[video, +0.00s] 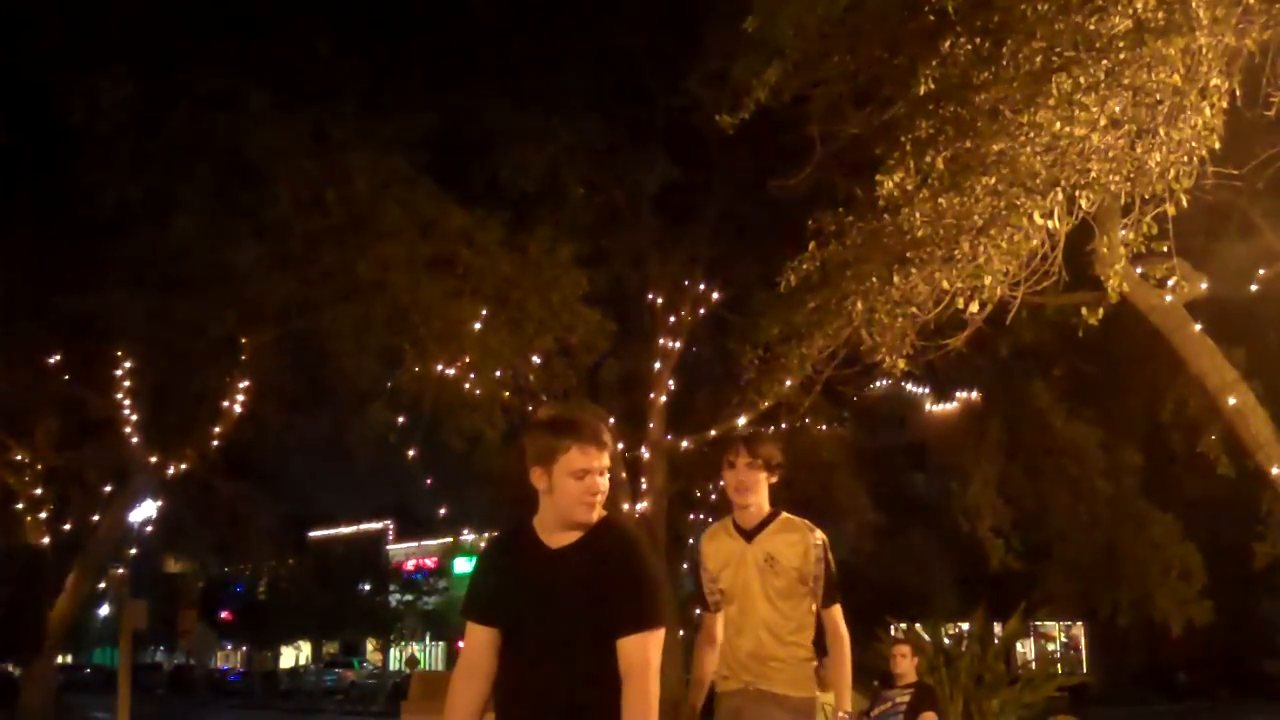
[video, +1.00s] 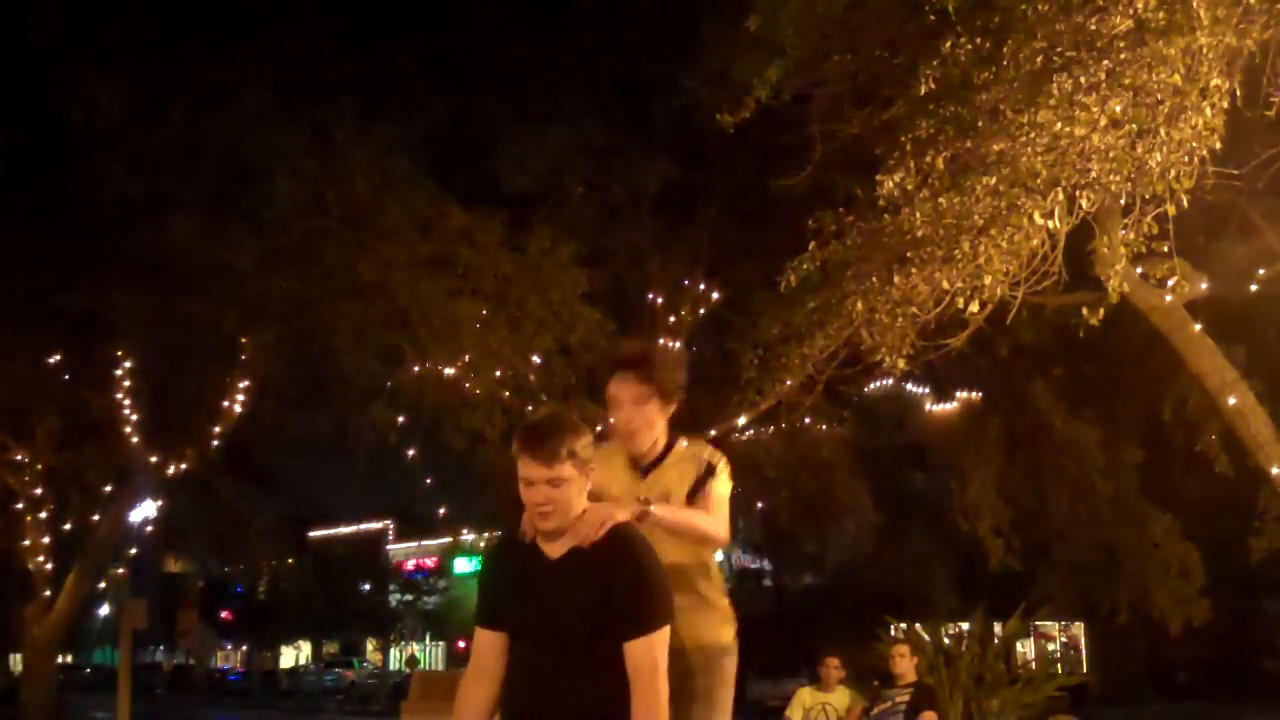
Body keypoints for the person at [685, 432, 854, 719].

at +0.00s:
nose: (740, 477)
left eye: (751, 466)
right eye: (732, 466)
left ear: (772, 475)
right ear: (722, 475)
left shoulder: (807, 539)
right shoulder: (711, 540)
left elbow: (835, 631)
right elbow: (710, 633)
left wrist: (843, 710)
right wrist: (694, 707)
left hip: (793, 699)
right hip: (731, 699)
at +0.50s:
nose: (703, 505)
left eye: (716, 495)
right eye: (694, 494)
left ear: (738, 505)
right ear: (684, 503)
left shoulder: (778, 573)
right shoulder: (670, 574)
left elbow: (814, 660)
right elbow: (673, 650)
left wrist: (828, 715)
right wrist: (677, 710)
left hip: (773, 710)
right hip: (708, 710)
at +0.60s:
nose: (698, 506)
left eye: (710, 494)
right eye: (689, 494)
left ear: (735, 504)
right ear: (679, 502)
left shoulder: (774, 576)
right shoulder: (664, 574)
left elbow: (813, 664)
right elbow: (652, 661)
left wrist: (820, 713)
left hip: (759, 711)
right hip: (689, 711)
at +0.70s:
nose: (685, 456)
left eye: (695, 443)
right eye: (677, 444)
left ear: (722, 451)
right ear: (668, 453)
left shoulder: (760, 516)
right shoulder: (653, 521)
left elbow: (805, 618)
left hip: (743, 700)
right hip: (673, 700)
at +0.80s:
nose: (666, 412)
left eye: (679, 398)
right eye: (658, 399)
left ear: (707, 404)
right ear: (649, 405)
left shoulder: (746, 465)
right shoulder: (637, 467)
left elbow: (785, 553)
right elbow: (622, 549)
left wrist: (728, 541)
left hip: (722, 639)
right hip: (654, 638)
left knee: (727, 714)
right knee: (650, 715)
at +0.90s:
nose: (647, 396)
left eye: (660, 382)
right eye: (637, 384)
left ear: (690, 386)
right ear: (629, 389)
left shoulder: (726, 445)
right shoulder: (618, 445)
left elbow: (730, 509)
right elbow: (594, 509)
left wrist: (658, 509)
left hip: (715, 625)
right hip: (642, 623)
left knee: (715, 713)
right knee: (639, 715)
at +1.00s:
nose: (622, 418)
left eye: (636, 404)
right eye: (614, 405)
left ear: (668, 405)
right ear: (605, 407)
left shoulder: (705, 462)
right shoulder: (594, 463)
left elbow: (717, 531)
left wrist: (639, 511)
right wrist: (538, 518)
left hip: (697, 631)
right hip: (620, 632)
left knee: (704, 713)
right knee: (627, 715)